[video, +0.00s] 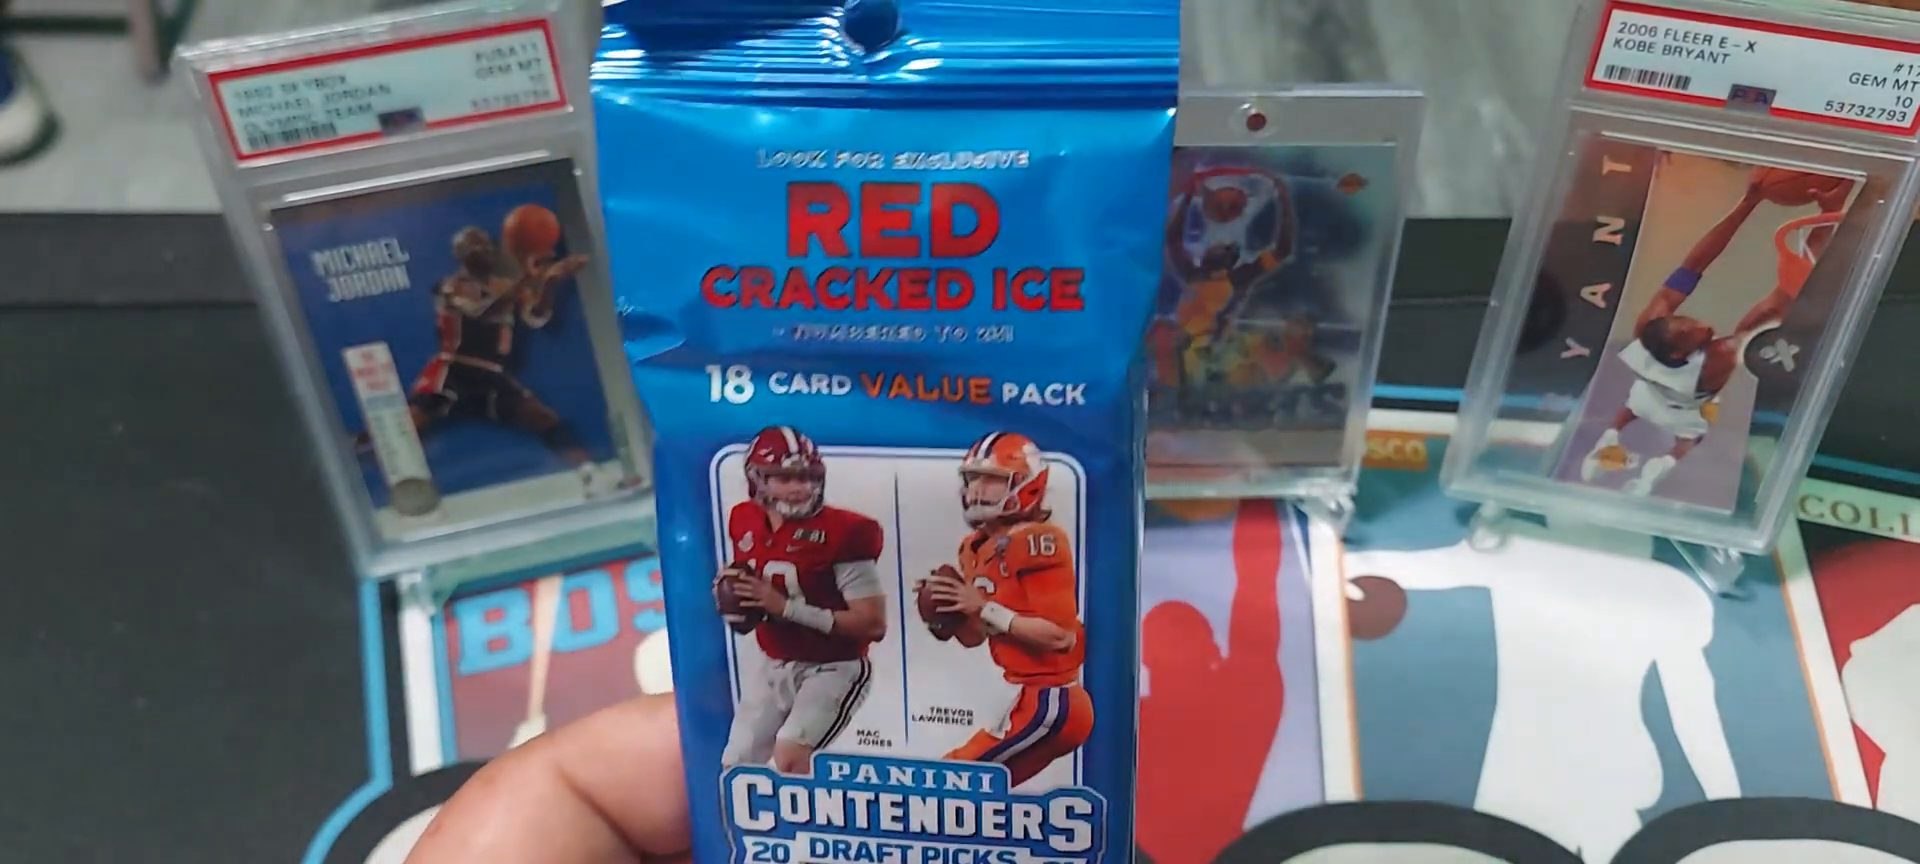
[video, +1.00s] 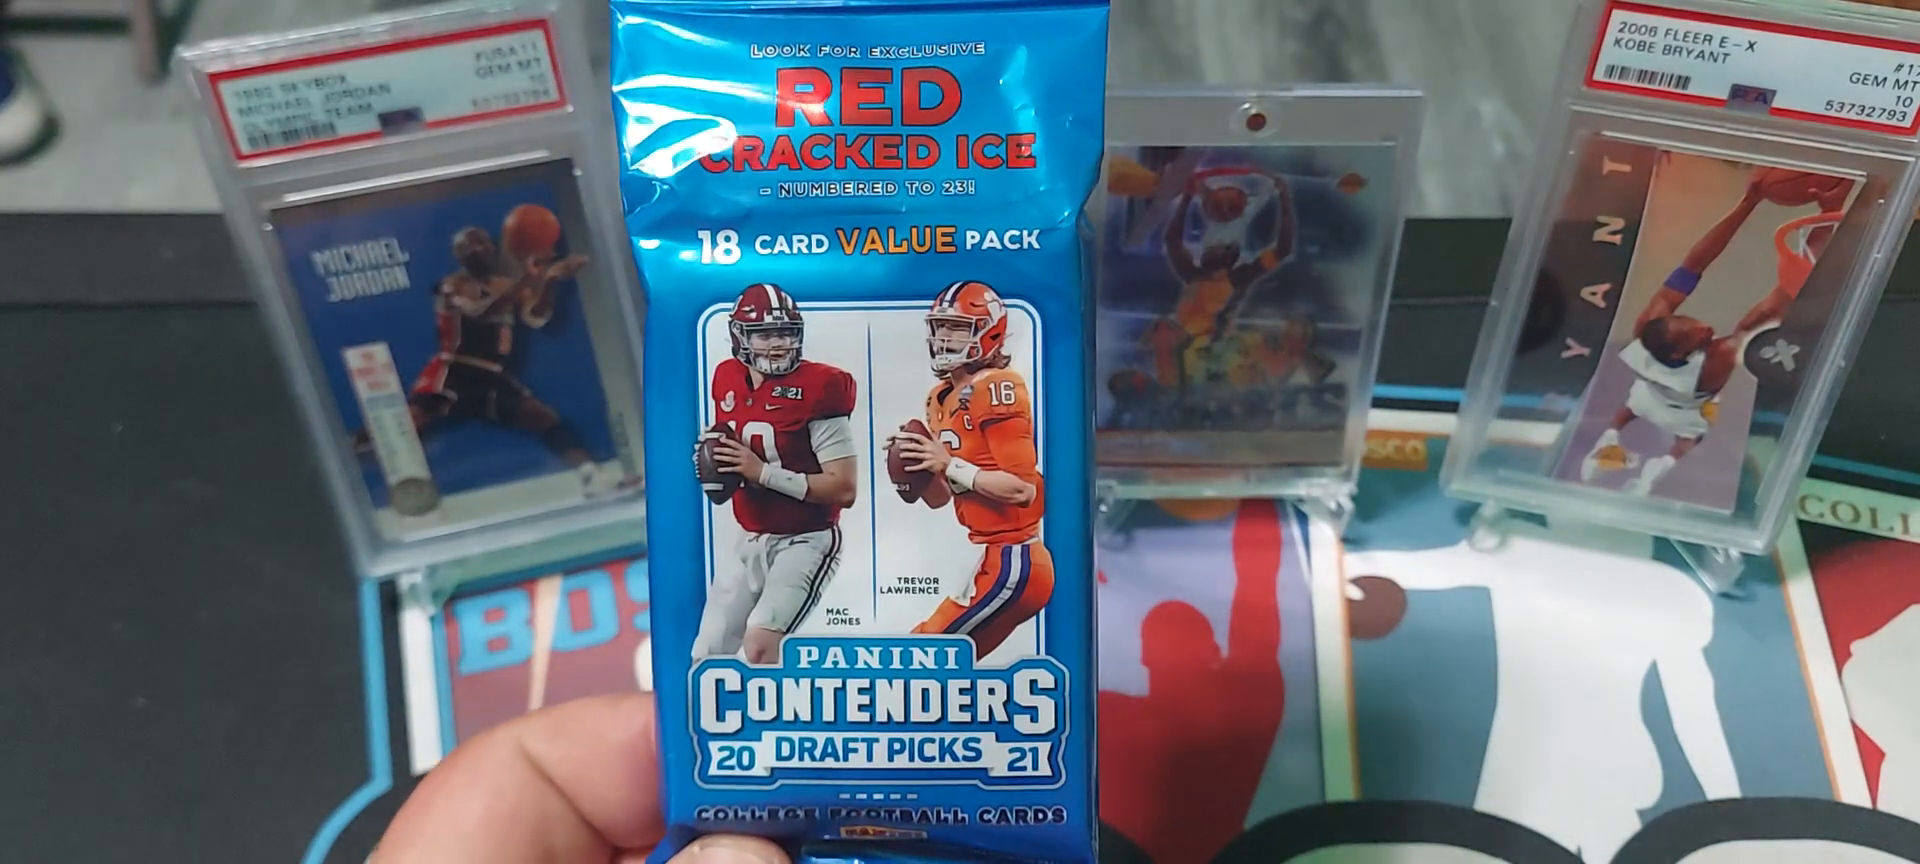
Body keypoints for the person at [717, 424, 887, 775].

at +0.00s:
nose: (797, 488)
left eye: (805, 478)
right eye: (784, 478)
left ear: (818, 480)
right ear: (759, 482)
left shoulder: (847, 532)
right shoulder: (745, 521)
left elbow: (872, 624)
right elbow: (745, 621)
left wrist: (784, 606)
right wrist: (728, 595)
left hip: (836, 669)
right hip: (775, 667)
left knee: (789, 755)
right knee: (736, 763)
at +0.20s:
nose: (759, 500)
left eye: (767, 490)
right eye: (746, 491)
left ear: (779, 491)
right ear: (720, 496)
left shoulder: (813, 540)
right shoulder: (709, 535)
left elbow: (846, 626)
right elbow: (718, 627)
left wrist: (757, 615)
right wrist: (699, 602)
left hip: (812, 670)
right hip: (751, 671)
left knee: (772, 749)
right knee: (719, 765)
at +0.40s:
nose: (828, 453)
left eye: (838, 443)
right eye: (817, 442)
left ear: (849, 447)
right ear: (792, 444)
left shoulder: (864, 502)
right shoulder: (774, 488)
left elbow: (885, 593)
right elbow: (758, 577)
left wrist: (798, 567)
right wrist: (744, 552)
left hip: (843, 635)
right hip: (783, 629)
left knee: (787, 713)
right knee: (731, 719)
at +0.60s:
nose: (779, 364)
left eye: (788, 354)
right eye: (768, 355)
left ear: (800, 356)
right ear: (745, 358)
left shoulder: (822, 408)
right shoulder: (731, 397)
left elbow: (842, 507)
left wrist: (761, 488)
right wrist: (712, 477)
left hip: (805, 558)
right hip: (749, 557)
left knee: (759, 650)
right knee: (706, 662)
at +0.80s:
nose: (781, 348)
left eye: (789, 338)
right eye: (769, 339)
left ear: (801, 340)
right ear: (746, 341)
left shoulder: (824, 390)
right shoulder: (732, 381)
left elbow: (846, 492)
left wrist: (764, 474)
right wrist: (714, 459)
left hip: (811, 542)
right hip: (753, 543)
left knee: (762, 647)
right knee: (711, 656)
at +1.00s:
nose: (776, 344)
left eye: (785, 333)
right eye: (764, 334)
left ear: (797, 335)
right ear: (741, 337)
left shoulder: (821, 387)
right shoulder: (727, 377)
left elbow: (844, 489)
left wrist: (761, 472)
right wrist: (709, 455)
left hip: (808, 542)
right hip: (749, 542)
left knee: (760, 647)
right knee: (707, 656)